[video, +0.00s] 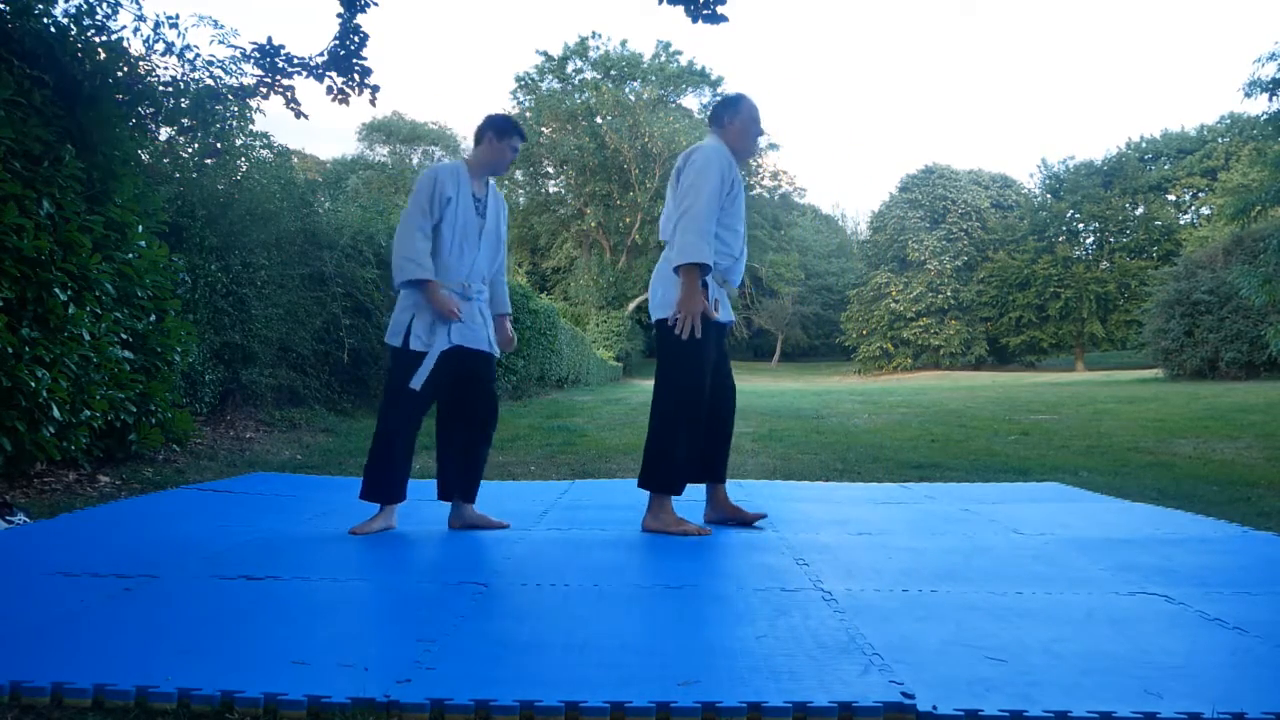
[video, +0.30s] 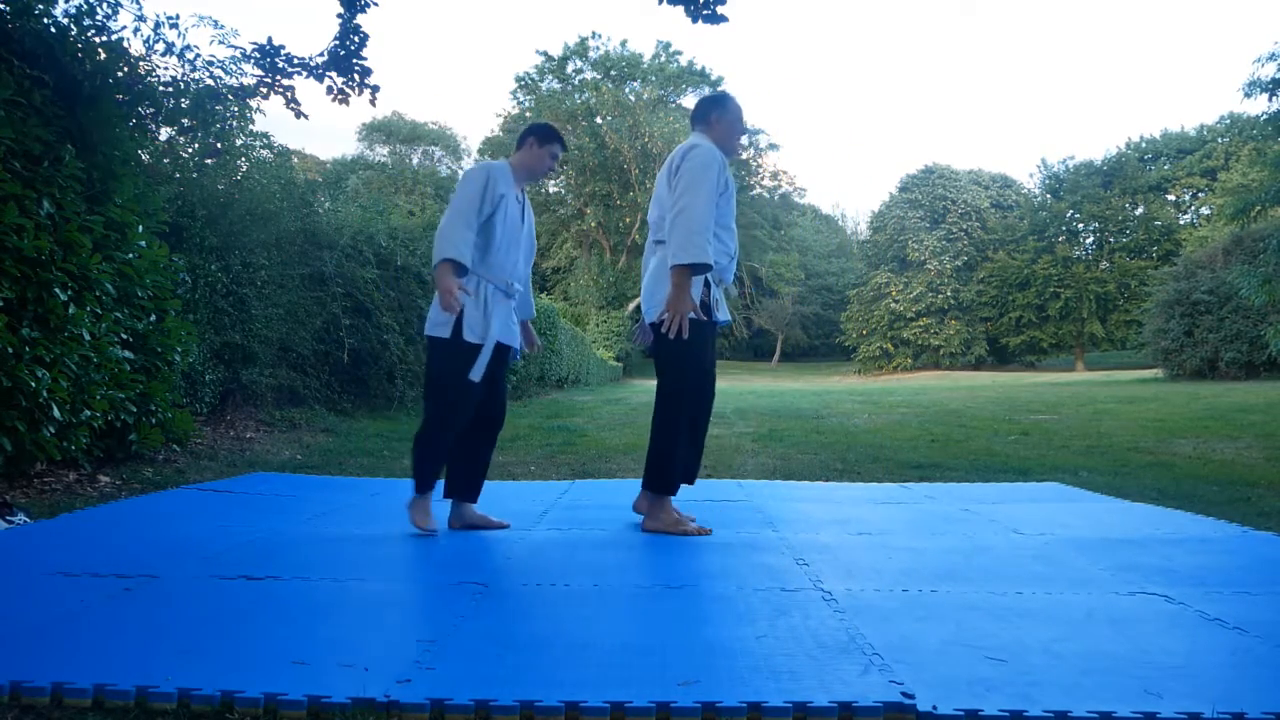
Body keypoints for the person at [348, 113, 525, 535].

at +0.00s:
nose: (514, 160)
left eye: (517, 153)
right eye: (512, 150)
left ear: (499, 147)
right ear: (489, 140)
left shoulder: (497, 203)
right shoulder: (439, 178)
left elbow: (496, 266)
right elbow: (410, 238)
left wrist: (502, 317)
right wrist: (432, 290)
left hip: (475, 325)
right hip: (424, 317)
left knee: (478, 412)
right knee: (400, 413)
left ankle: (463, 508)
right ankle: (386, 510)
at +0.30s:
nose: (553, 167)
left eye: (557, 162)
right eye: (552, 157)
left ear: (540, 156)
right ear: (529, 144)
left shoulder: (525, 209)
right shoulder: (485, 174)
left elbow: (520, 271)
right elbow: (457, 222)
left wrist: (523, 320)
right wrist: (445, 273)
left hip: (500, 317)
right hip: (462, 306)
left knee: (488, 412)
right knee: (447, 404)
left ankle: (463, 505)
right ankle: (422, 497)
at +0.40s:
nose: (557, 168)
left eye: (562, 163)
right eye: (557, 158)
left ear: (544, 154)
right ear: (536, 145)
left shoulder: (528, 207)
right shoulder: (496, 174)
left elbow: (523, 272)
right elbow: (468, 221)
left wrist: (531, 318)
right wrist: (463, 268)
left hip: (502, 320)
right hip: (471, 311)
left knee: (490, 409)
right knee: (466, 406)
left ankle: (465, 503)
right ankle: (455, 503)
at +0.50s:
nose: (567, 170)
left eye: (572, 164)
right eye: (567, 159)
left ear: (551, 155)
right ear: (545, 147)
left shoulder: (532, 199)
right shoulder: (510, 175)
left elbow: (529, 269)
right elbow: (486, 223)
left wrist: (541, 314)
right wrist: (501, 268)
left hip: (507, 315)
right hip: (491, 310)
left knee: (478, 408)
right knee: (505, 406)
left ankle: (461, 506)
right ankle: (512, 509)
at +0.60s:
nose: (573, 170)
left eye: (578, 164)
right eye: (573, 159)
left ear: (554, 152)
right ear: (552, 147)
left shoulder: (533, 190)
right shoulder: (519, 175)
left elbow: (528, 262)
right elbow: (500, 229)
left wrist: (549, 308)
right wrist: (531, 263)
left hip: (511, 310)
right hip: (499, 307)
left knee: (483, 407)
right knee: (517, 408)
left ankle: (462, 506)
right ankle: (543, 511)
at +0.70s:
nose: (587, 167)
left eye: (591, 161)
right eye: (585, 157)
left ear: (566, 149)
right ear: (564, 144)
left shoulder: (546, 188)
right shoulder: (534, 176)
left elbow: (530, 257)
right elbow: (531, 233)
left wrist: (555, 301)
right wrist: (581, 263)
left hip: (524, 306)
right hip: (516, 305)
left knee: (498, 406)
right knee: (535, 409)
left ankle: (464, 505)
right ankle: (556, 513)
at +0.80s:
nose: (597, 164)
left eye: (602, 157)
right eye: (596, 153)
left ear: (576, 145)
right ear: (575, 141)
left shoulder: (556, 185)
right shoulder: (547, 174)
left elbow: (545, 253)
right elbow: (553, 232)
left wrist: (561, 294)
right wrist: (607, 263)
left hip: (529, 302)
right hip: (527, 302)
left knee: (507, 404)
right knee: (542, 406)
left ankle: (467, 501)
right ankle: (555, 512)